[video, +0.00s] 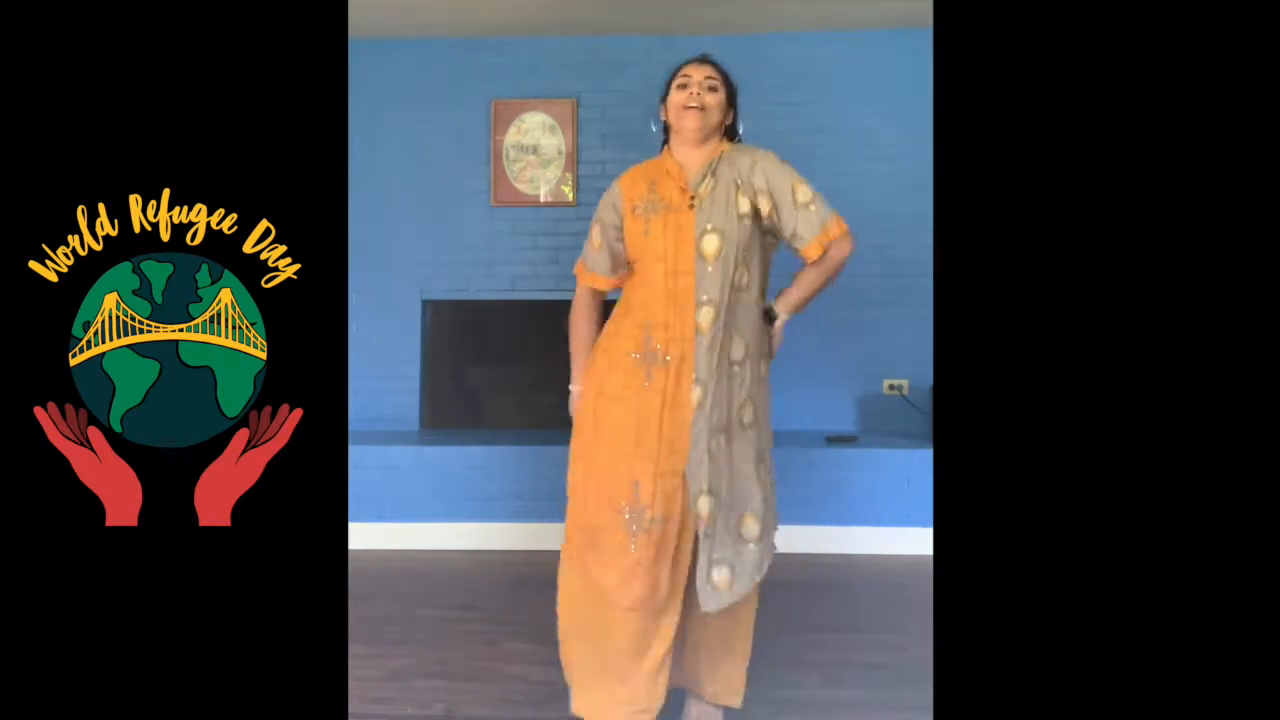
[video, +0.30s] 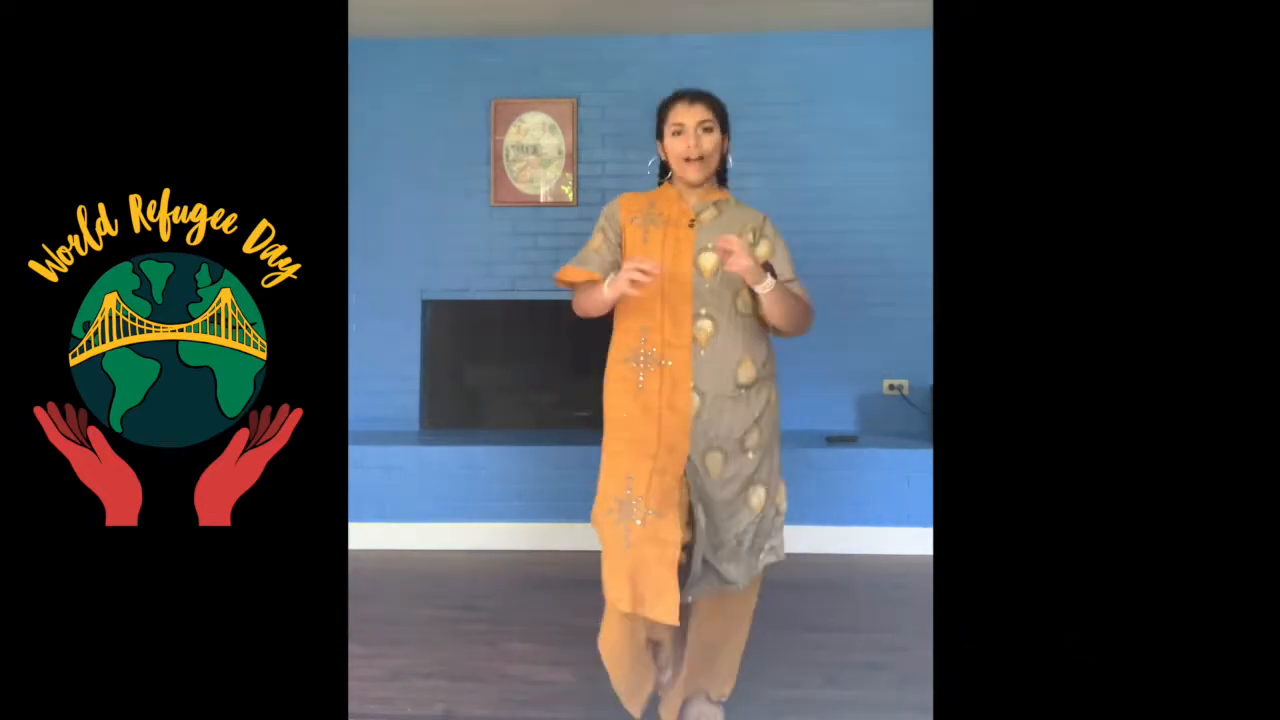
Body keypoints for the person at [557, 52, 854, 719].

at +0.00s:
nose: (695, 92)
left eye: (710, 85)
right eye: (683, 85)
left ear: (729, 110)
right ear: (663, 109)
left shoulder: (755, 170)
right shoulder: (630, 186)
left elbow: (836, 243)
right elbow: (589, 290)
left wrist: (777, 314)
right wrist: (581, 384)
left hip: (721, 379)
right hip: (634, 376)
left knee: (719, 530)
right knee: (624, 536)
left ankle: (707, 694)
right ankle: (620, 698)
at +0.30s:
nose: (692, 141)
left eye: (704, 129)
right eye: (678, 131)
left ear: (724, 141)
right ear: (661, 145)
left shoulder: (752, 226)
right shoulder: (627, 214)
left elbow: (797, 322)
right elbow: (582, 303)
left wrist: (760, 280)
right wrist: (613, 287)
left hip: (732, 418)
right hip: (646, 416)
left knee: (728, 558)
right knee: (646, 554)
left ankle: (706, 696)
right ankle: (663, 676)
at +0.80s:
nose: (674, 91)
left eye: (688, 80)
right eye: (660, 83)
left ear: (712, 99)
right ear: (645, 105)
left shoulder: (747, 174)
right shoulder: (623, 175)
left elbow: (753, 274)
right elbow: (607, 270)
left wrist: (769, 360)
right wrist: (582, 348)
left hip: (718, 388)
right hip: (630, 387)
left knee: (710, 545)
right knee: (631, 544)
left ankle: (708, 704)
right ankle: (631, 701)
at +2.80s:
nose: (685, 86)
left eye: (703, 69)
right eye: (669, 71)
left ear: (728, 80)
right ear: (650, 84)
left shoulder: (769, 158)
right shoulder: (608, 170)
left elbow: (833, 263)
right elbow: (561, 292)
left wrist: (782, 360)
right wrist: (535, 400)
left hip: (708, 407)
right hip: (604, 401)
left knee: (697, 572)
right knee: (597, 578)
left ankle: (688, 704)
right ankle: (598, 707)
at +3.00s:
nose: (690, 107)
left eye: (707, 91)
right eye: (673, 92)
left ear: (731, 104)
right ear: (654, 105)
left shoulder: (762, 200)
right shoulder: (602, 183)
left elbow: (857, 282)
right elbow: (522, 264)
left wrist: (796, 283)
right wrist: (558, 330)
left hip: (714, 443)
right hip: (612, 436)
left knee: (703, 619)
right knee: (605, 614)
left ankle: (699, 708)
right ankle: (596, 712)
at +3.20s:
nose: (685, 65)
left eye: (702, 51)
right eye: (670, 52)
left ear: (726, 69)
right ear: (649, 71)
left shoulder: (754, 170)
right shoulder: (604, 144)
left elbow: (747, 296)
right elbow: (543, 253)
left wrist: (790, 250)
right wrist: (565, 249)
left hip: (710, 399)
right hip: (610, 395)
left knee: (713, 596)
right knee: (605, 599)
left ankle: (699, 714)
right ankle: (623, 714)